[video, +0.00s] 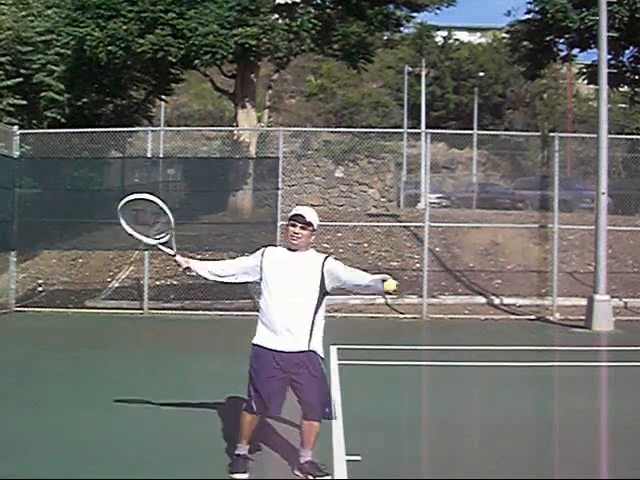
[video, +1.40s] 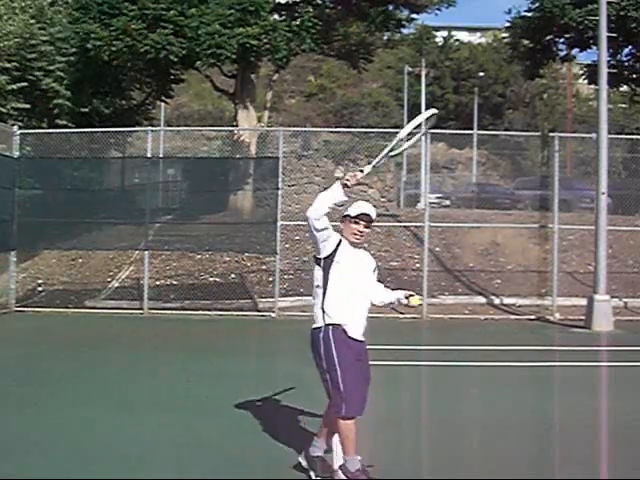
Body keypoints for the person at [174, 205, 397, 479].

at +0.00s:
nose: (295, 230)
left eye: (302, 227)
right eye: (292, 224)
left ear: (312, 234)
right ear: (285, 228)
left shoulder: (323, 263)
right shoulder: (268, 256)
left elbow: (353, 278)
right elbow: (230, 268)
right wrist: (194, 265)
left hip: (305, 351)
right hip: (267, 347)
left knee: (314, 406)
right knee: (256, 403)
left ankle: (306, 459)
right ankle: (241, 453)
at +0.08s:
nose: (302, 231)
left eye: (309, 228)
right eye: (299, 225)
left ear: (318, 235)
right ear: (291, 229)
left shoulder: (329, 261)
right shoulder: (273, 259)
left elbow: (360, 261)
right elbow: (240, 270)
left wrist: (385, 246)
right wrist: (205, 258)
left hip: (314, 349)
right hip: (276, 348)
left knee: (320, 407)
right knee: (263, 405)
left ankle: (307, 459)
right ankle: (248, 451)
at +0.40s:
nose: (318, 245)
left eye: (325, 242)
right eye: (313, 240)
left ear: (333, 249)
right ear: (304, 246)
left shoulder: (346, 272)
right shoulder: (287, 274)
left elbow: (374, 254)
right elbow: (250, 284)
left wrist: (375, 218)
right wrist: (250, 250)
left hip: (339, 357)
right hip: (304, 359)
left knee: (338, 425)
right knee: (311, 424)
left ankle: (307, 461)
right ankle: (288, 453)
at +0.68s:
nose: (333, 233)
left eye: (339, 230)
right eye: (328, 227)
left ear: (345, 237)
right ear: (318, 232)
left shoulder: (357, 264)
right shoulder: (301, 258)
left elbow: (389, 253)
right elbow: (266, 243)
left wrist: (391, 219)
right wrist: (271, 211)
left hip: (344, 347)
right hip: (312, 346)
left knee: (345, 412)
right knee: (316, 415)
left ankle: (311, 457)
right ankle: (287, 449)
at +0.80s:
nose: (341, 220)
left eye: (347, 217)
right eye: (335, 215)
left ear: (352, 226)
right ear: (323, 219)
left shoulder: (363, 254)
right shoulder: (309, 240)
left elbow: (395, 252)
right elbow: (285, 210)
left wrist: (400, 222)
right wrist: (289, 177)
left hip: (343, 332)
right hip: (312, 327)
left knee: (337, 399)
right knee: (310, 397)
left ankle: (315, 453)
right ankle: (289, 449)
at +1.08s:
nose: (350, 220)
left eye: (356, 216)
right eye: (346, 214)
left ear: (361, 222)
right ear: (333, 215)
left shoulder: (362, 256)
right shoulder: (322, 238)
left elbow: (384, 275)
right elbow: (323, 197)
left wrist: (413, 263)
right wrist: (336, 150)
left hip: (341, 330)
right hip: (316, 323)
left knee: (333, 396)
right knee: (315, 394)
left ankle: (316, 456)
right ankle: (297, 457)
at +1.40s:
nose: (360, 229)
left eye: (366, 225)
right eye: (355, 222)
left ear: (370, 230)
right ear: (342, 222)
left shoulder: (367, 261)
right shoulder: (330, 244)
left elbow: (373, 293)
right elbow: (315, 214)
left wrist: (398, 297)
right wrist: (342, 186)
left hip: (354, 335)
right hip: (330, 331)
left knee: (349, 396)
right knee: (346, 397)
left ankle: (315, 451)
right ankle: (351, 465)